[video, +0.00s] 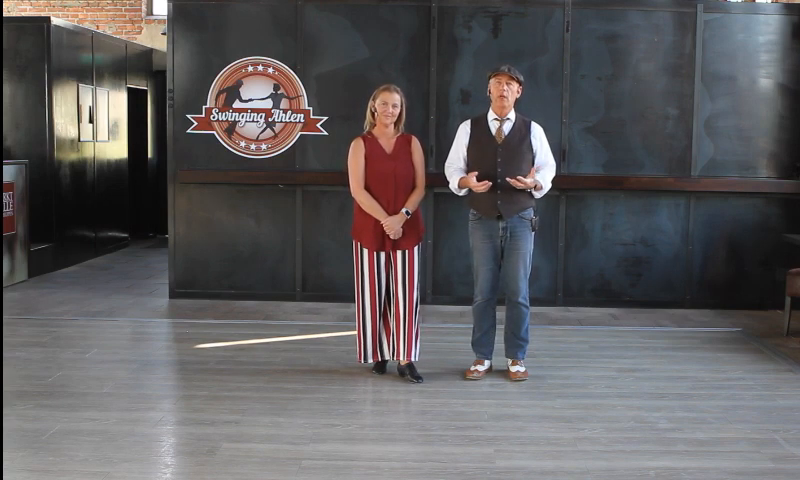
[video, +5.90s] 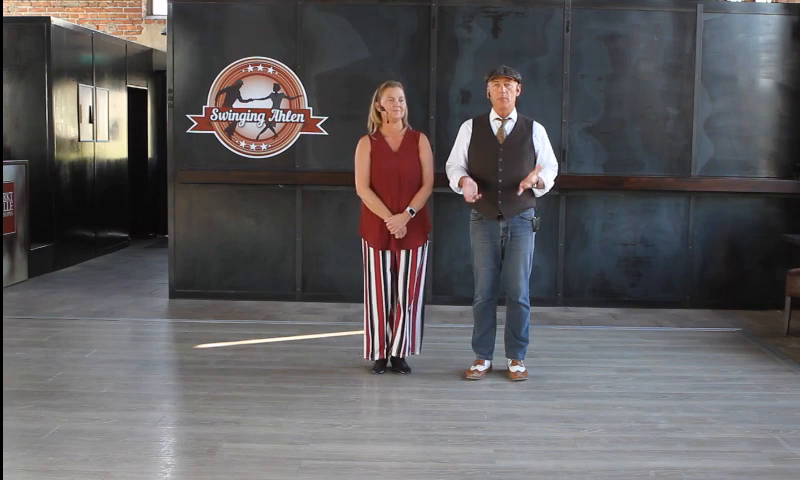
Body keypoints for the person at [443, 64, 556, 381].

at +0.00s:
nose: (504, 90)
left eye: (510, 85)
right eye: (499, 84)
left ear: (518, 92)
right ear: (489, 89)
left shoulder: (532, 130)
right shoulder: (468, 129)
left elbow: (548, 169)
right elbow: (452, 170)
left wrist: (533, 181)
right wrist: (466, 181)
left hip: (520, 219)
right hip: (481, 220)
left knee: (517, 292)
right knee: (483, 292)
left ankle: (516, 359)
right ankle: (482, 358)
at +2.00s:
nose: (497, 92)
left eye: (502, 86)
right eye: (491, 87)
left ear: (514, 90)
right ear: (485, 93)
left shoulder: (533, 129)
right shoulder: (469, 129)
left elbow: (549, 166)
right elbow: (453, 170)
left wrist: (537, 177)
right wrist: (471, 178)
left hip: (521, 219)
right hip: (482, 219)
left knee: (517, 292)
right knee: (484, 291)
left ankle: (516, 359)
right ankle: (482, 358)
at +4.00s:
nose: (502, 90)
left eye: (507, 85)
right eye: (496, 85)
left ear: (517, 90)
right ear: (489, 91)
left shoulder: (534, 130)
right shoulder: (470, 128)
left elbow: (550, 171)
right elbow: (454, 169)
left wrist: (523, 176)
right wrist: (480, 175)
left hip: (521, 220)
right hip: (483, 220)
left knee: (518, 292)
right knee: (484, 292)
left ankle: (516, 359)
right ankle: (482, 358)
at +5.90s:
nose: (503, 92)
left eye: (509, 87)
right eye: (498, 87)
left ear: (517, 91)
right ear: (489, 91)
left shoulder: (534, 130)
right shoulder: (470, 128)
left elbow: (550, 169)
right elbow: (453, 166)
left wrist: (537, 178)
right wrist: (464, 180)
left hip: (521, 219)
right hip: (482, 219)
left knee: (517, 292)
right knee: (484, 292)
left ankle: (516, 359)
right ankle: (482, 358)